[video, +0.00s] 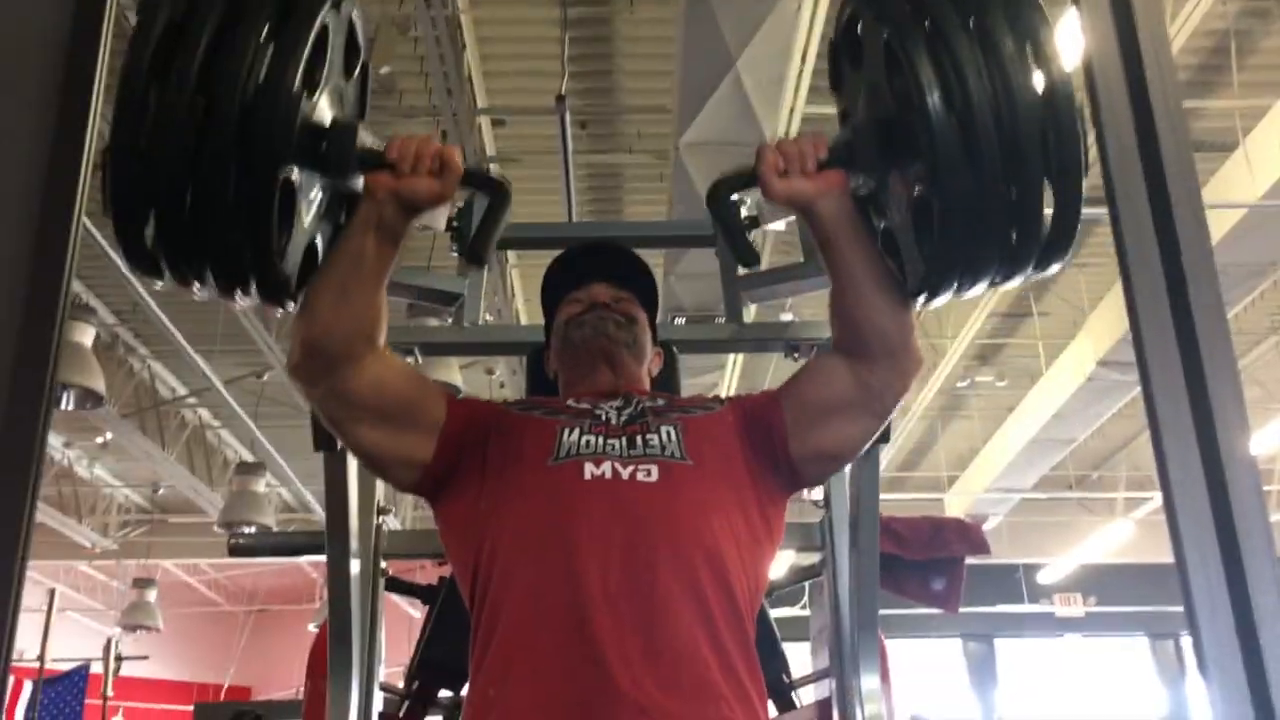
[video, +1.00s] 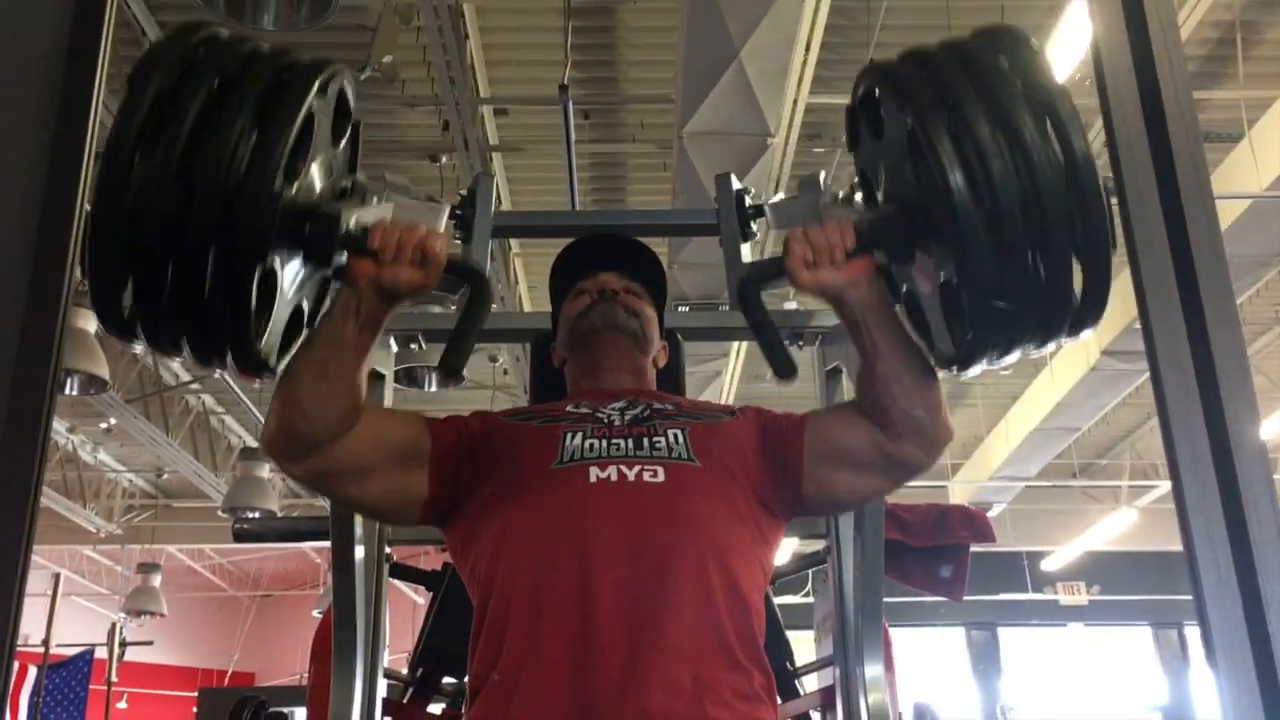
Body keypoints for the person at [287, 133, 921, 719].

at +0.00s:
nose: (598, 315)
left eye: (623, 309)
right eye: (575, 311)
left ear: (658, 356)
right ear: (547, 357)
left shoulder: (745, 433)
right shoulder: (481, 439)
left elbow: (883, 361)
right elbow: (328, 361)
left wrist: (829, 207)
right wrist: (385, 212)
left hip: (716, 706)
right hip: (521, 707)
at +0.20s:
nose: (600, 311)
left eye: (622, 310)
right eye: (576, 309)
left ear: (657, 358)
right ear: (543, 357)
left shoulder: (747, 432)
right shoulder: (474, 436)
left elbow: (853, 317)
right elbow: (359, 318)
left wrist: (818, 159)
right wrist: (393, 164)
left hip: (715, 707)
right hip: (514, 707)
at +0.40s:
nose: (604, 304)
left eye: (627, 304)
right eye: (579, 304)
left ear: (660, 354)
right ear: (549, 355)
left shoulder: (747, 433)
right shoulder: (482, 438)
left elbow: (813, 283)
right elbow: (405, 287)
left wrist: (810, 113)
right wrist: (407, 121)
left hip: (716, 707)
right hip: (515, 707)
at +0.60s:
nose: (606, 303)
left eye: (630, 303)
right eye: (582, 302)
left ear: (662, 355)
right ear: (550, 354)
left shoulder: (749, 435)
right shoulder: (480, 441)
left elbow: (841, 311)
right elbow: (382, 303)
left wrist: (818, 138)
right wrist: (404, 141)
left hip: (717, 706)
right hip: (517, 707)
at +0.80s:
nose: (606, 293)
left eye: (631, 294)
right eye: (580, 294)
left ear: (664, 348)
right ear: (551, 350)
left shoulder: (747, 434)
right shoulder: (478, 443)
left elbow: (886, 377)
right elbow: (328, 378)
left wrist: (839, 216)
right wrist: (384, 224)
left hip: (726, 705)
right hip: (520, 706)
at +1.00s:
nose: (608, 295)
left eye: (632, 296)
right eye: (582, 296)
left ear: (665, 351)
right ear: (551, 351)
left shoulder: (742, 442)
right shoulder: (487, 448)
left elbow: (914, 434)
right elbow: (305, 439)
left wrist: (859, 297)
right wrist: (365, 299)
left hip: (723, 701)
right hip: (525, 703)